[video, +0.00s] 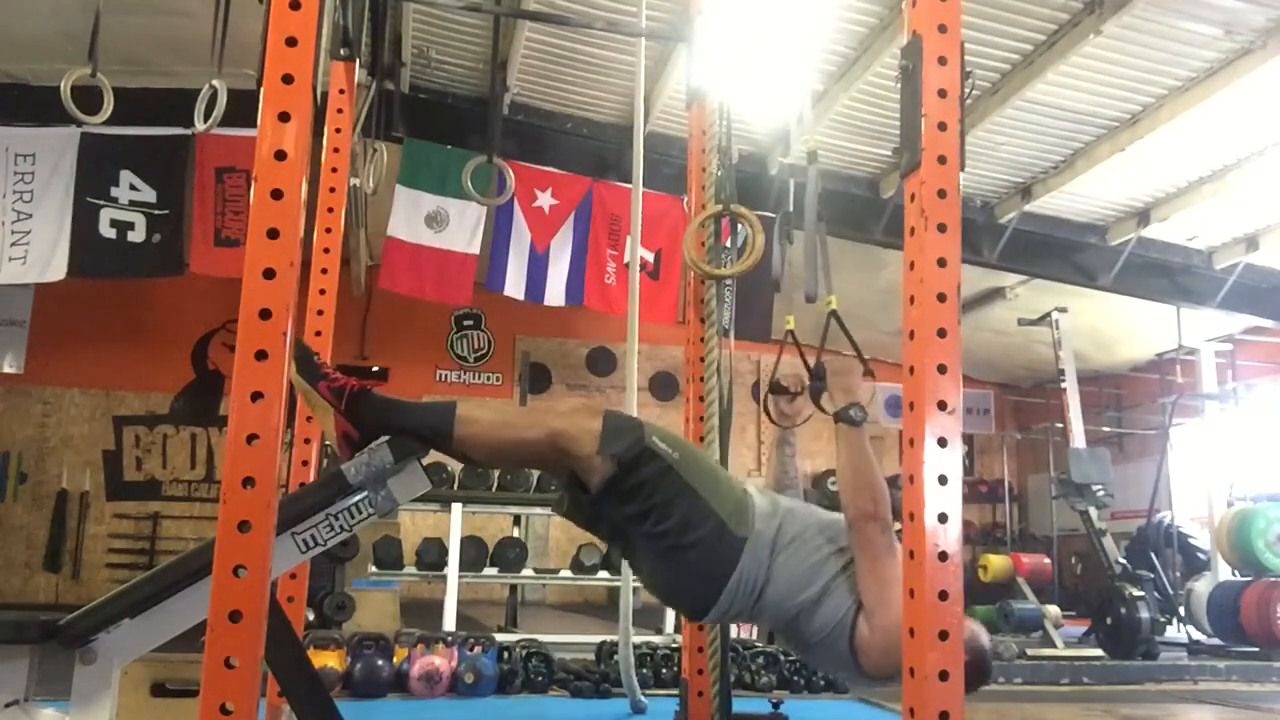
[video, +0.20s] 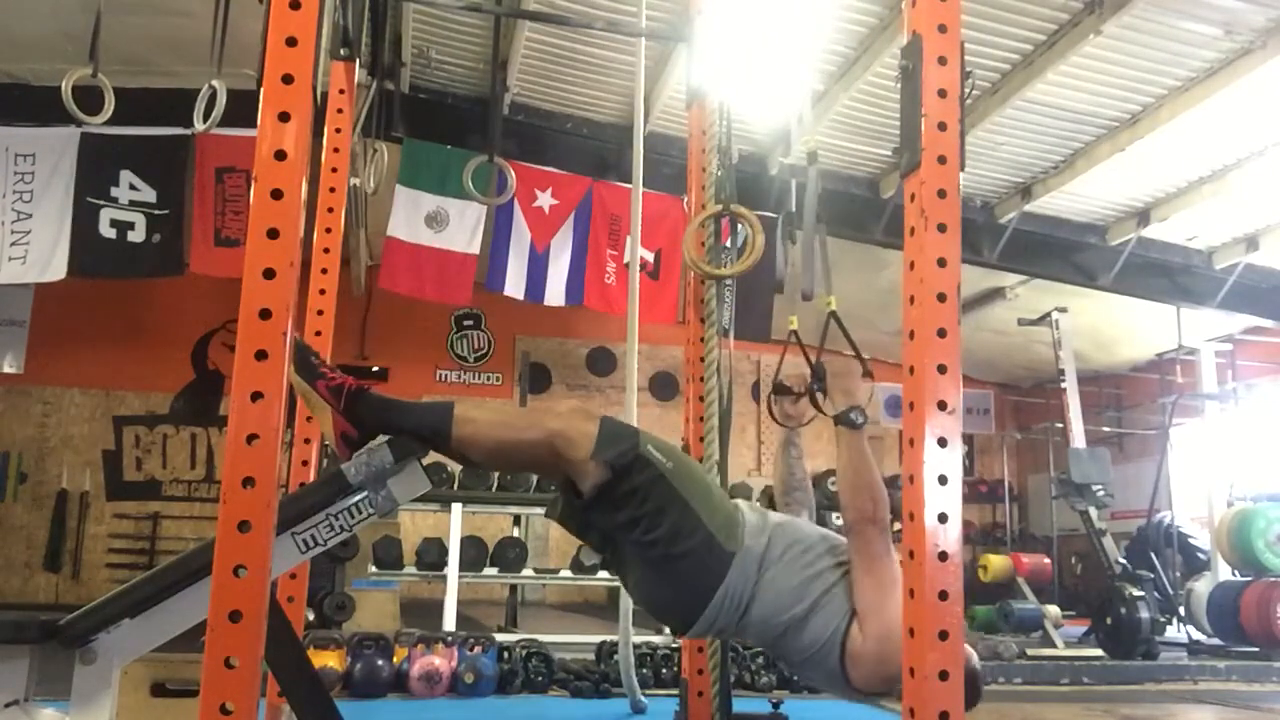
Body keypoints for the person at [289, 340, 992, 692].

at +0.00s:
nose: (947, 610)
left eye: (953, 629)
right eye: (957, 617)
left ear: (939, 659)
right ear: (942, 629)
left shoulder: (897, 649)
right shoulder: (890, 615)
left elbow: (876, 517)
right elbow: (871, 513)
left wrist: (852, 415)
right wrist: (844, 412)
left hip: (731, 554)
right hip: (734, 521)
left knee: (590, 432)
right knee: (576, 426)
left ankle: (382, 415)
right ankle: (390, 415)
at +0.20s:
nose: (944, 574)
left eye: (956, 587)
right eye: (958, 579)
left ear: (942, 661)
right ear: (951, 648)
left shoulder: (895, 658)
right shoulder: (896, 631)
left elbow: (871, 521)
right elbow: (875, 520)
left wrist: (857, 419)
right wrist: (834, 418)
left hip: (717, 576)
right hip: (734, 537)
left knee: (575, 438)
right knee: (581, 422)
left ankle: (372, 409)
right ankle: (384, 409)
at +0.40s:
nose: (945, 618)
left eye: (949, 635)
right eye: (954, 625)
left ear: (938, 665)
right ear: (943, 638)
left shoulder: (898, 656)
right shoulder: (899, 626)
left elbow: (875, 524)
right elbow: (880, 521)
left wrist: (855, 416)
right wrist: (846, 417)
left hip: (725, 572)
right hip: (737, 534)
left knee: (578, 436)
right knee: (572, 417)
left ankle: (381, 416)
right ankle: (387, 412)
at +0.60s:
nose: (971, 558)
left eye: (977, 575)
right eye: (981, 560)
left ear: (966, 610)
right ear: (964, 561)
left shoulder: (910, 629)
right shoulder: (910, 558)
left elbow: (869, 509)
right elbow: (870, 495)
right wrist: (870, 413)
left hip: (736, 529)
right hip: (733, 493)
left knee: (579, 420)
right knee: (563, 418)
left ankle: (364, 413)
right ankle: (375, 424)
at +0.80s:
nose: (986, 467)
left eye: (995, 478)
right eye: (991, 463)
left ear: (989, 508)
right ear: (978, 460)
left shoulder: (939, 528)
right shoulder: (930, 469)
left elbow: (887, 486)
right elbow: (876, 464)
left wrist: (917, 408)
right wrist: (883, 398)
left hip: (754, 468)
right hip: (745, 454)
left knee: (570, 407)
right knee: (560, 407)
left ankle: (365, 414)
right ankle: (373, 416)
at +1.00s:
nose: (992, 419)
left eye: (1002, 429)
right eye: (995, 412)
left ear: (998, 446)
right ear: (981, 401)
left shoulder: (959, 460)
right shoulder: (934, 406)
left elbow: (905, 484)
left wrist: (907, 390)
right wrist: (877, 369)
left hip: (762, 437)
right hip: (750, 420)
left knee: (577, 409)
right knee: (572, 406)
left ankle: (375, 420)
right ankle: (382, 419)